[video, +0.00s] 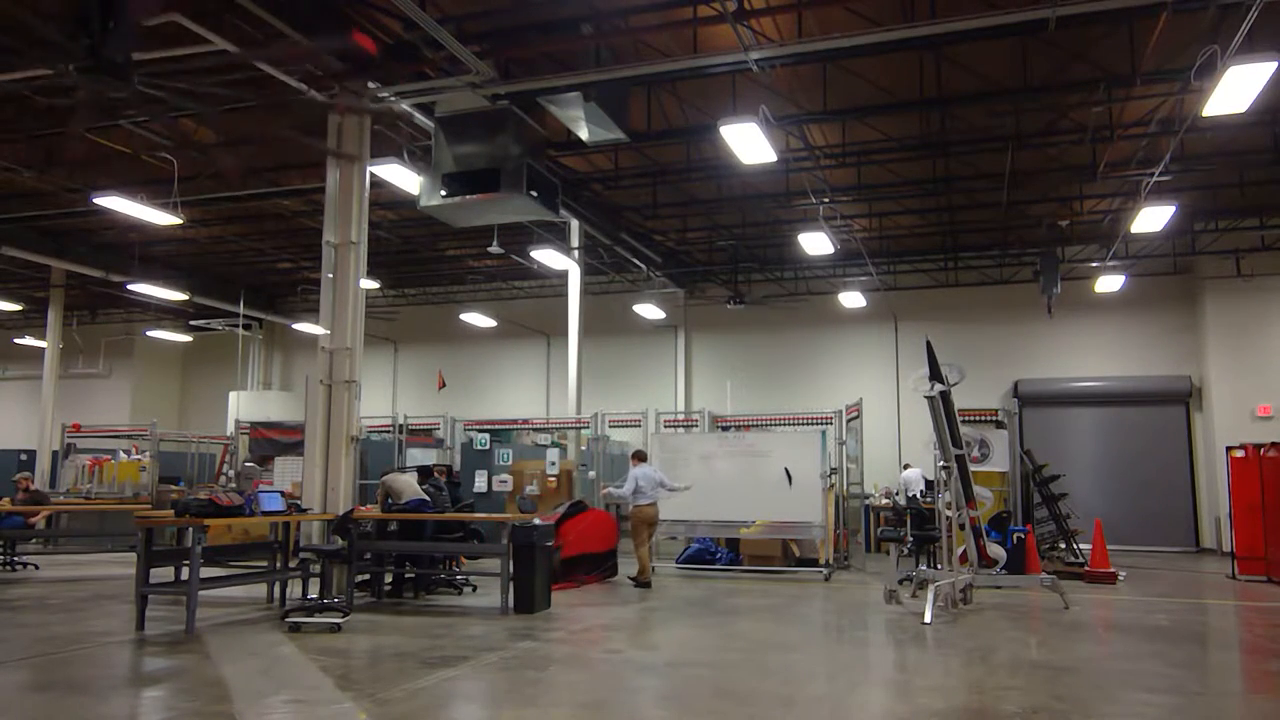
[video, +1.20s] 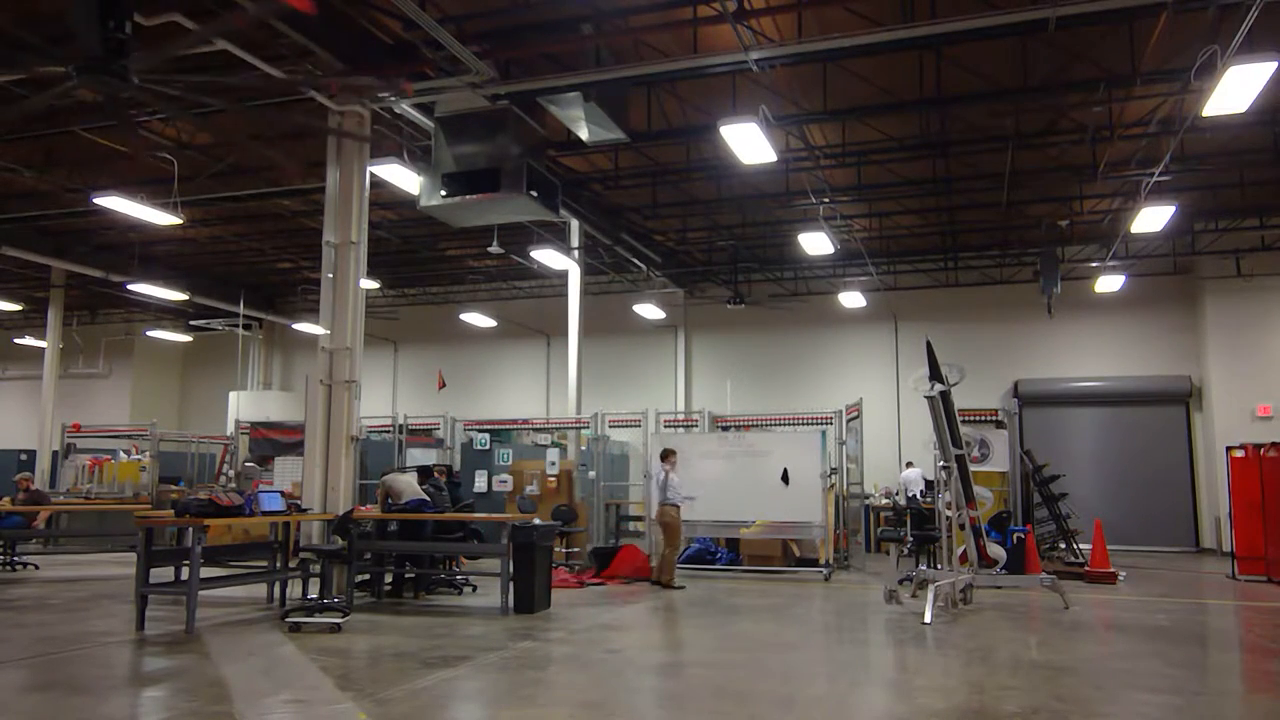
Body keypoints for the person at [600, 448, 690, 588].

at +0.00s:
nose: (631, 463)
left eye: (632, 460)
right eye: (631, 460)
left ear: (635, 460)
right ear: (645, 460)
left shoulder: (634, 472)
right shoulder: (653, 471)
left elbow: (626, 493)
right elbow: (668, 486)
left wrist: (610, 491)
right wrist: (683, 487)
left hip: (639, 508)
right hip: (652, 506)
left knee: (641, 545)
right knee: (645, 544)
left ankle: (645, 578)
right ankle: (641, 574)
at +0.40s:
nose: (634, 462)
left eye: (634, 460)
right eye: (635, 460)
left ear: (635, 460)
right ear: (646, 459)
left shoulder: (633, 474)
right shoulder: (654, 470)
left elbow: (624, 495)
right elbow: (672, 483)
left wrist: (606, 491)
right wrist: (689, 475)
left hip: (642, 508)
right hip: (657, 506)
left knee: (646, 545)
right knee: (658, 544)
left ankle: (646, 578)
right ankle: (660, 578)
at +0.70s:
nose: (652, 460)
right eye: (652, 458)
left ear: (640, 459)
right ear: (653, 459)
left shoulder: (634, 474)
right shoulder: (655, 470)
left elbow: (629, 496)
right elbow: (671, 483)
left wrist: (620, 494)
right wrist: (687, 475)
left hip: (644, 508)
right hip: (659, 506)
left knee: (648, 545)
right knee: (667, 545)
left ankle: (646, 580)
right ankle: (669, 579)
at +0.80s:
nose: (656, 461)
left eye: (656, 459)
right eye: (656, 459)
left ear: (643, 459)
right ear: (654, 459)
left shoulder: (636, 475)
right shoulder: (655, 470)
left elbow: (631, 498)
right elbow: (670, 483)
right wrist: (685, 473)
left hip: (646, 508)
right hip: (661, 507)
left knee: (649, 545)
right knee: (668, 545)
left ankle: (646, 579)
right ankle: (668, 579)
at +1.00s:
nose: (667, 460)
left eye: (667, 457)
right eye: (666, 457)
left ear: (654, 459)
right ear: (661, 458)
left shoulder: (649, 473)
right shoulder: (660, 468)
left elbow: (647, 494)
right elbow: (668, 484)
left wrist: (648, 508)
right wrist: (677, 472)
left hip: (654, 507)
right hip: (667, 507)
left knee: (653, 547)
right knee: (672, 547)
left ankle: (646, 579)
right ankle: (669, 579)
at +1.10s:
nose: (671, 460)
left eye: (671, 458)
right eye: (670, 458)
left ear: (659, 459)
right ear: (665, 458)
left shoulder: (658, 470)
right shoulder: (663, 470)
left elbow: (660, 488)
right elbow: (664, 486)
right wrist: (671, 474)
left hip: (660, 507)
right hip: (669, 507)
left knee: (659, 547)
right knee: (672, 546)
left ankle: (649, 578)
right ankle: (669, 579)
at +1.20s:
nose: (675, 461)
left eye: (675, 458)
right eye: (673, 458)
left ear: (672, 460)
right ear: (666, 459)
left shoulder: (672, 475)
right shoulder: (662, 474)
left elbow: (674, 493)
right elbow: (662, 488)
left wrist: (687, 497)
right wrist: (666, 474)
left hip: (674, 507)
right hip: (667, 507)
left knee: (670, 545)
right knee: (672, 546)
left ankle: (658, 576)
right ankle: (667, 579)